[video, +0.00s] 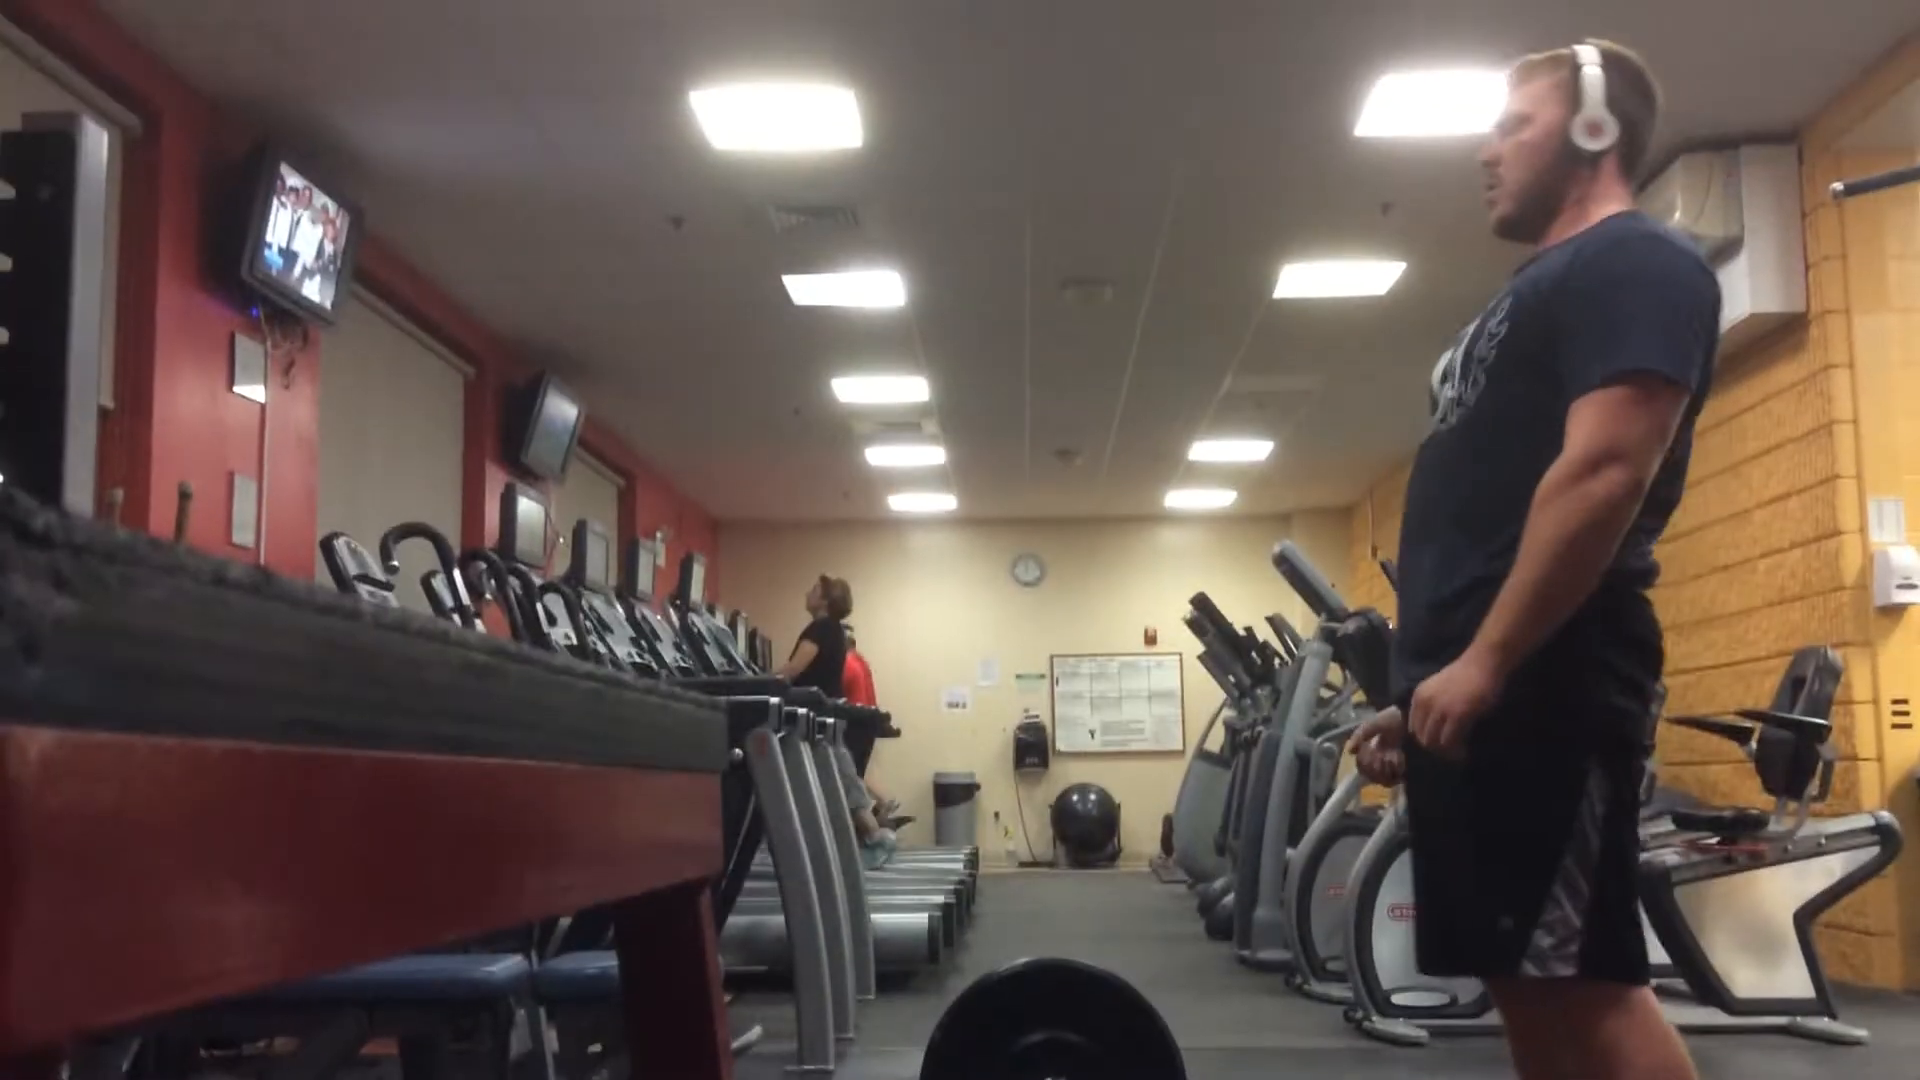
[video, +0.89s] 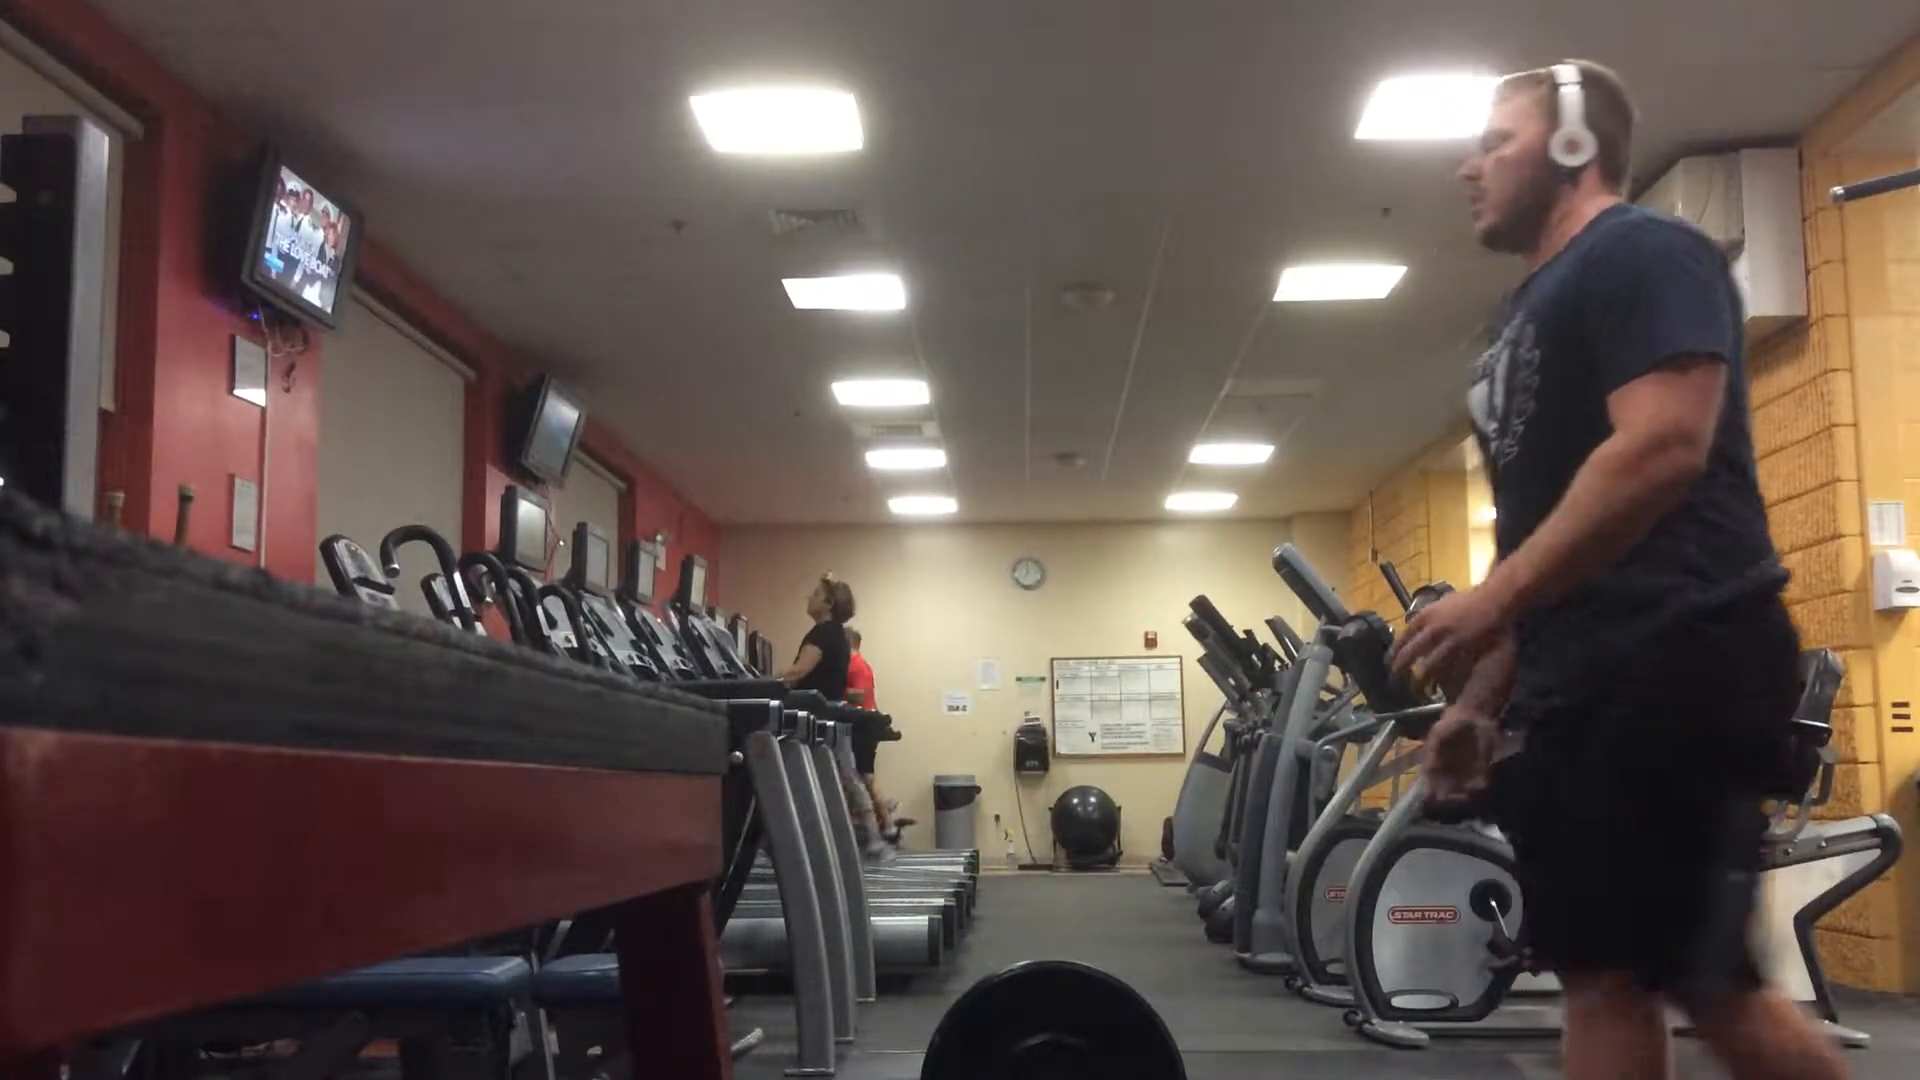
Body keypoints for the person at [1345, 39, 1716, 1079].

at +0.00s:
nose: (1486, 148)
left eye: (1512, 122)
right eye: (1495, 126)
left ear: (1590, 133)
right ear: (1576, 139)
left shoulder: (1633, 256)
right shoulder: (1528, 295)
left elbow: (1604, 474)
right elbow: (1484, 516)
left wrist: (1483, 660)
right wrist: (1414, 696)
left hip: (1557, 664)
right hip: (1489, 674)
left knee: (1590, 992)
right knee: (1523, 986)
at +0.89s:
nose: (1471, 167)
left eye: (1496, 142)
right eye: (1477, 147)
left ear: (1572, 150)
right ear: (1556, 158)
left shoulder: (1643, 246)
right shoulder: (1524, 318)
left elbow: (1667, 444)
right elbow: (1536, 535)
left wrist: (1495, 594)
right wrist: (1478, 699)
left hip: (1683, 654)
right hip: (1584, 673)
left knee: (1713, 990)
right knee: (1604, 984)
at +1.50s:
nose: (1626, 121)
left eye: (1657, 96)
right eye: (1630, 102)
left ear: (1744, 115)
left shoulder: (1835, 244)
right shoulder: (1650, 312)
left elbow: (1916, 458)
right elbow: (1673, 520)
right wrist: (1629, 694)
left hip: (1857, 679)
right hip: (1710, 695)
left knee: (1889, 982)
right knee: (1709, 964)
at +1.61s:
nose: (1625, 126)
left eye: (1655, 102)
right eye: (1629, 106)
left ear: (1742, 117)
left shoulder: (1835, 245)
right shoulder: (1654, 316)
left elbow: (1911, 458)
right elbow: (1676, 522)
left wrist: (1897, 680)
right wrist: (1633, 696)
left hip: (1843, 681)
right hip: (1719, 698)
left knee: (1887, 983)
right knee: (1772, 981)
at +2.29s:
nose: (1625, 157)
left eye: (1646, 131)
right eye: (1629, 138)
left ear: (1723, 132)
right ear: (1710, 140)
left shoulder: (1797, 233)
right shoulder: (1673, 306)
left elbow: (1852, 441)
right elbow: (1706, 519)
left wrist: (1809, 649)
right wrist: (1675, 697)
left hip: (1819, 665)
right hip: (1728, 683)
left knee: (1843, 986)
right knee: (1788, 978)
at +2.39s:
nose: (1629, 170)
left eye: (1648, 141)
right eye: (1633, 148)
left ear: (1724, 139)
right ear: (1714, 147)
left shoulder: (1801, 242)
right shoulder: (1688, 305)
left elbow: (1832, 442)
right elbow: (1706, 524)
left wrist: (1747, 638)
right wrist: (1655, 698)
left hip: (1820, 641)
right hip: (1737, 653)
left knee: (1800, 978)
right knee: (1763, 968)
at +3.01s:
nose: (1611, 194)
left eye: (1631, 168)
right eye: (1615, 175)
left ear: (1703, 170)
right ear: (1697, 180)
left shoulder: (1775, 259)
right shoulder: (1680, 330)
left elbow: (1853, 451)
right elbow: (1721, 514)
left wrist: (1836, 649)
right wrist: (1702, 678)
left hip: (1794, 639)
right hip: (1744, 650)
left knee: (1681, 923)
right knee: (1817, 956)